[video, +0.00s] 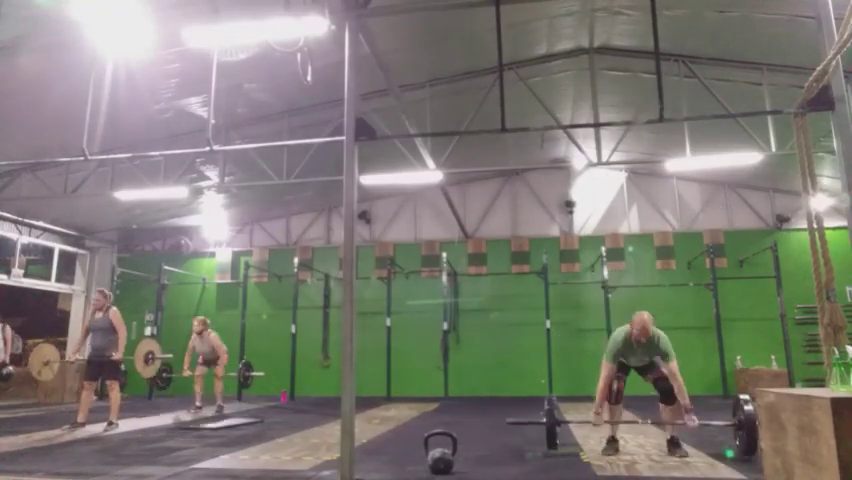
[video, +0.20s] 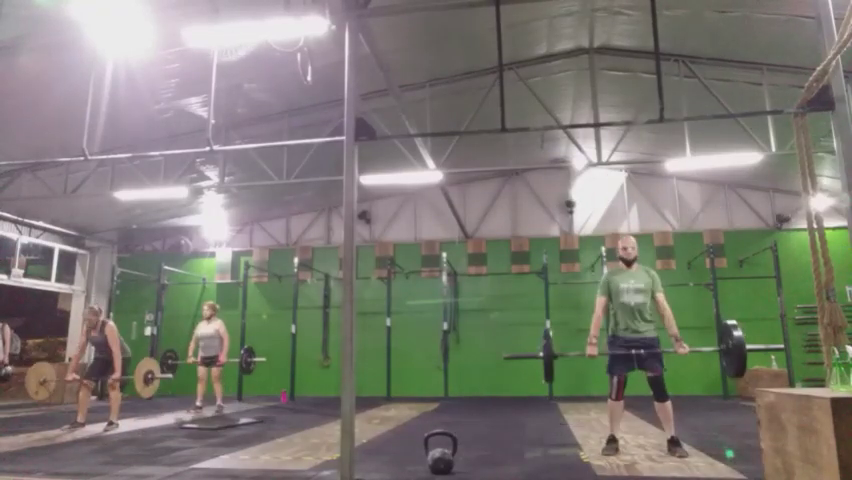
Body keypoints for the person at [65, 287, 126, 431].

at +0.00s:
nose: (94, 302)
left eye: (98, 300)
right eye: (94, 300)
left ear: (106, 301)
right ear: (94, 300)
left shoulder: (112, 312)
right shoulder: (93, 314)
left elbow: (122, 331)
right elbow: (85, 333)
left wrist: (120, 352)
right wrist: (76, 351)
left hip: (110, 355)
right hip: (94, 355)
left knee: (113, 385)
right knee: (88, 386)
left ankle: (113, 420)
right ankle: (80, 420)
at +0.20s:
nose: (87, 322)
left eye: (90, 319)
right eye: (86, 319)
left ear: (98, 318)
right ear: (85, 318)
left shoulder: (109, 327)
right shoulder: (87, 328)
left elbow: (116, 350)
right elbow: (80, 349)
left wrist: (117, 372)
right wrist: (71, 371)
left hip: (118, 357)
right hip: (101, 357)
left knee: (113, 384)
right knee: (86, 384)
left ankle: (113, 420)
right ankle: (80, 420)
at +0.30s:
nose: (85, 339)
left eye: (87, 336)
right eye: (83, 336)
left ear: (96, 333)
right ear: (82, 335)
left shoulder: (108, 340)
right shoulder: (85, 342)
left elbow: (114, 364)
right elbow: (77, 363)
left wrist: (114, 386)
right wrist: (67, 386)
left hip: (121, 364)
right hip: (102, 365)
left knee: (110, 385)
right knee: (81, 386)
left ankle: (113, 421)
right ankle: (80, 421)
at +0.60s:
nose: (90, 323)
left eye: (92, 320)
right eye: (89, 320)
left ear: (100, 321)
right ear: (89, 320)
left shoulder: (110, 331)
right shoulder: (90, 332)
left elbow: (117, 354)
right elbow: (82, 353)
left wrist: (117, 377)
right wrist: (73, 374)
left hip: (119, 360)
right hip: (101, 360)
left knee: (112, 385)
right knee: (83, 385)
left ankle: (113, 420)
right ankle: (80, 420)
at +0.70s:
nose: (98, 304)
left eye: (101, 301)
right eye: (97, 301)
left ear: (109, 302)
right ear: (95, 302)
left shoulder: (115, 312)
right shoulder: (95, 314)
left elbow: (124, 331)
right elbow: (88, 333)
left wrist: (122, 353)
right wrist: (78, 353)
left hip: (112, 355)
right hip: (96, 354)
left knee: (113, 385)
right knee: (89, 385)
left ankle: (113, 420)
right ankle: (80, 420)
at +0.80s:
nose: (94, 307)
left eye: (97, 304)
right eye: (93, 304)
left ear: (105, 304)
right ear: (92, 305)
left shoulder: (113, 316)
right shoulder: (94, 318)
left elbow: (120, 336)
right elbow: (87, 338)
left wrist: (121, 358)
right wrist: (77, 357)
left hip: (112, 356)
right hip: (98, 356)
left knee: (111, 384)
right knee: (87, 384)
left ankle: (113, 420)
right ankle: (80, 420)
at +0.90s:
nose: (87, 335)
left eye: (89, 332)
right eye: (85, 332)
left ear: (98, 330)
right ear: (85, 331)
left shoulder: (109, 338)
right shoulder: (88, 339)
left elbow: (115, 363)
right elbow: (79, 361)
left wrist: (115, 386)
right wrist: (68, 384)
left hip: (122, 363)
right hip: (103, 364)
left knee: (110, 385)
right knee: (83, 386)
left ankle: (113, 421)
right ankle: (80, 421)